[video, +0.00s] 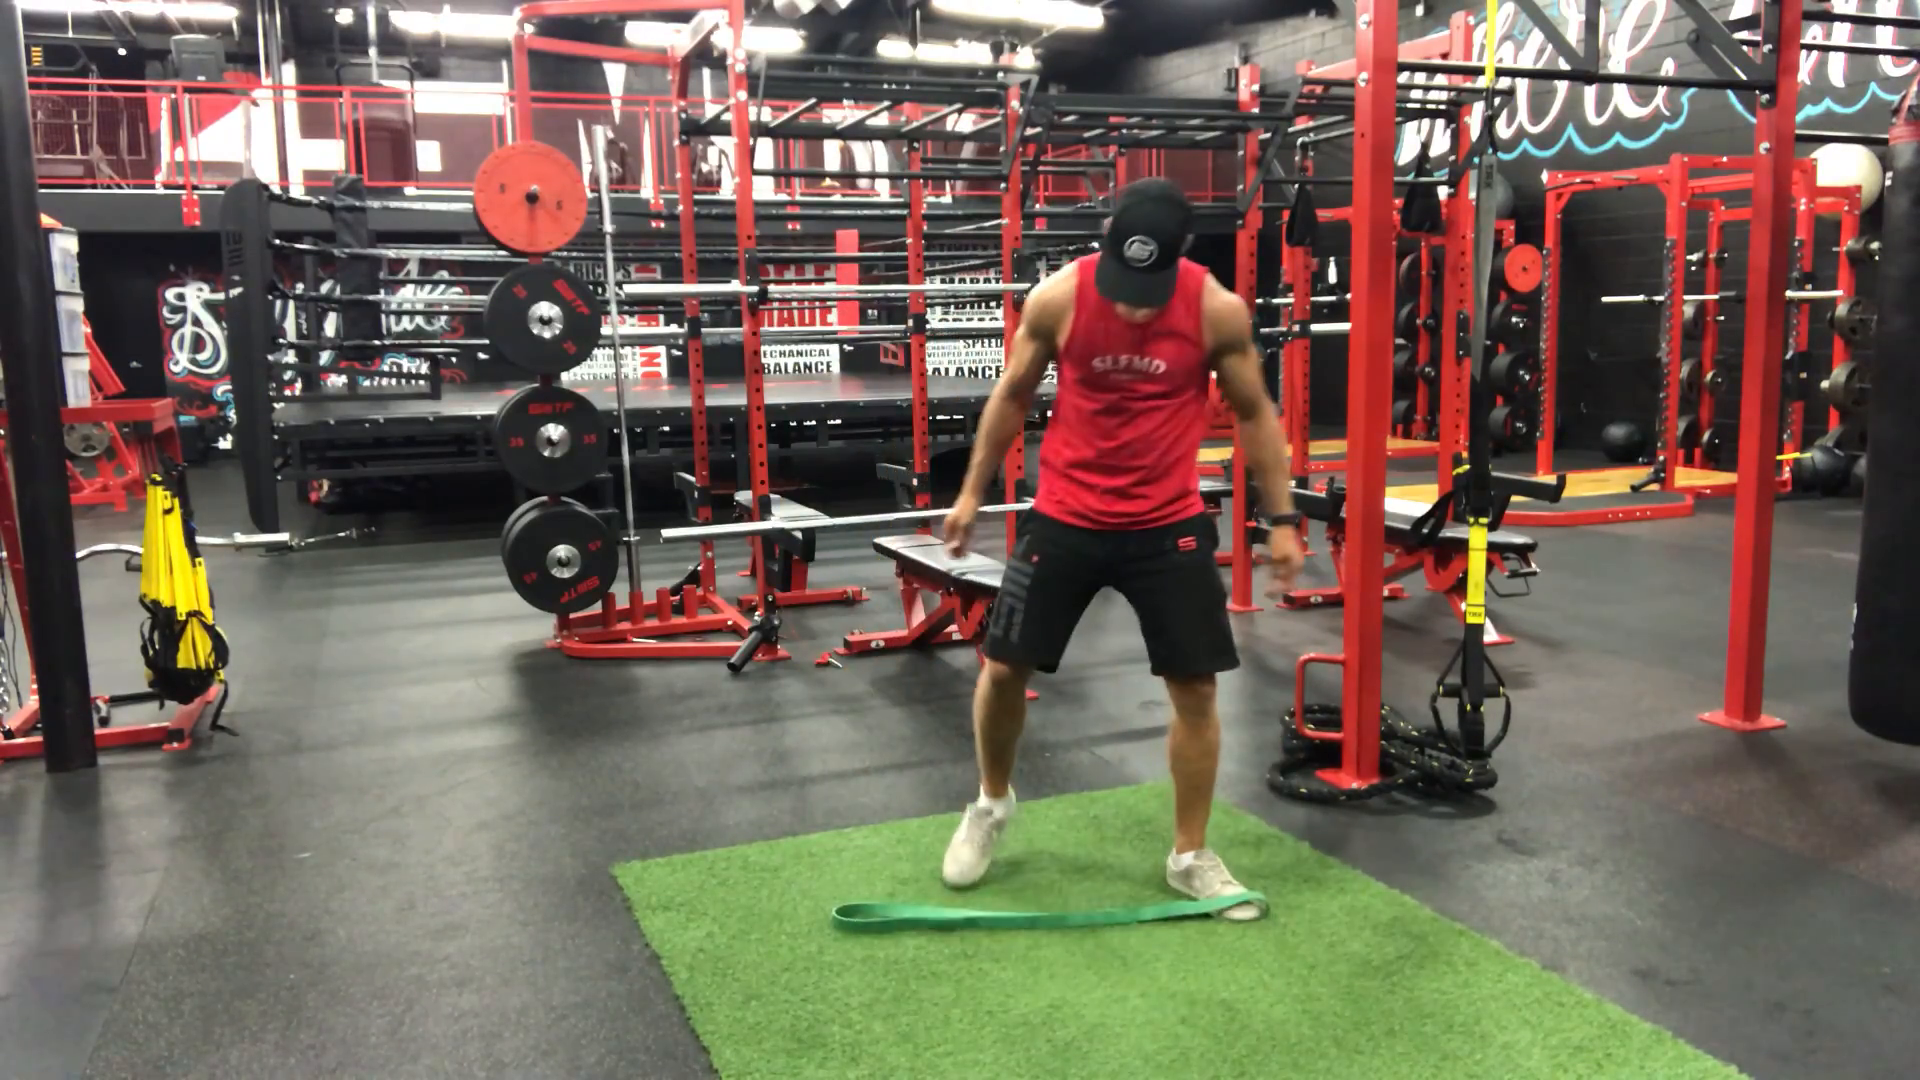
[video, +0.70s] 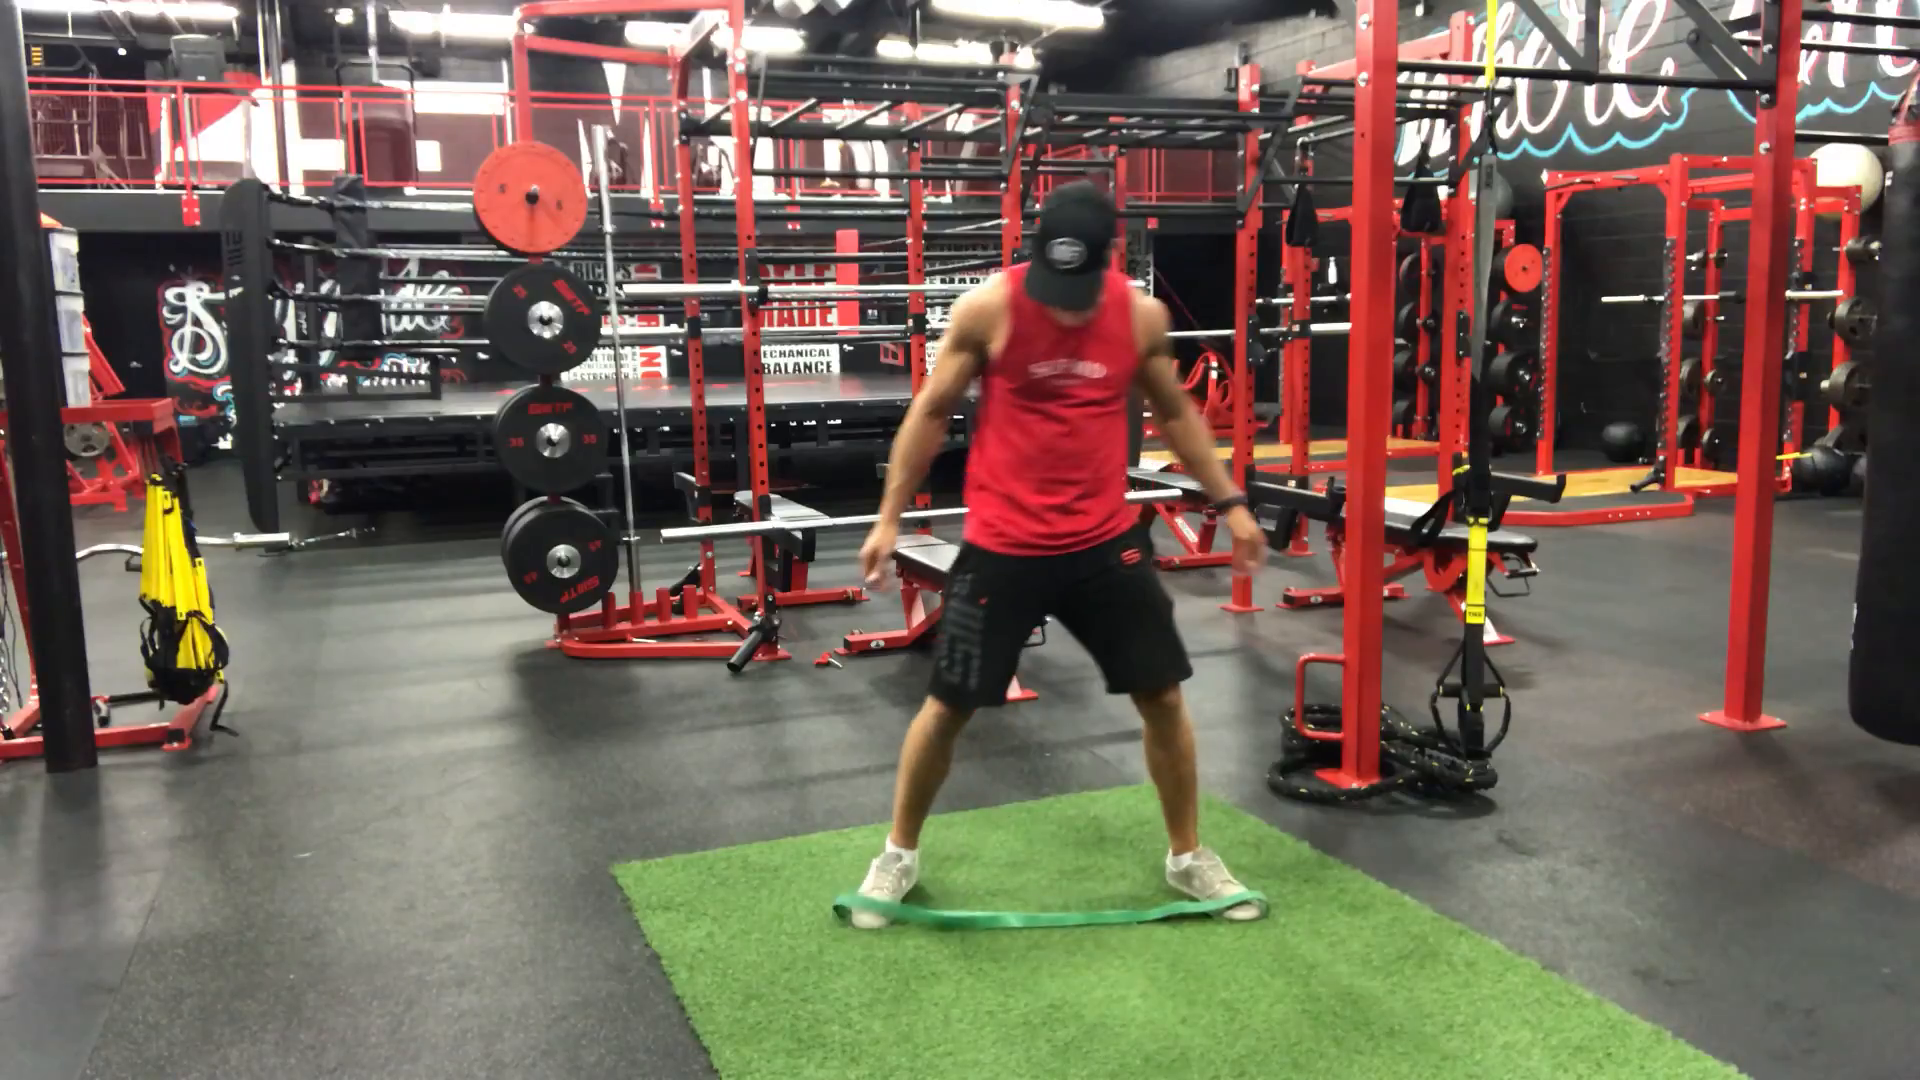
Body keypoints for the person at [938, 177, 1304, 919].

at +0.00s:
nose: (1136, 296)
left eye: (1151, 283)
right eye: (1124, 279)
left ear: (1180, 258)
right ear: (1105, 248)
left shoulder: (1218, 313)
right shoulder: (1057, 301)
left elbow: (1256, 413)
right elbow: (1011, 395)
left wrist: (1281, 519)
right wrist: (971, 493)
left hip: (1168, 527)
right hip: (1065, 522)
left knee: (1196, 687)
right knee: (1002, 670)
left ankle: (1191, 853)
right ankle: (990, 802)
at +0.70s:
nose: (1065, 297)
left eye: (1081, 283)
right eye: (1054, 280)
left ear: (1110, 259)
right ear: (1034, 252)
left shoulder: (1140, 315)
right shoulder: (986, 311)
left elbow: (1176, 412)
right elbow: (929, 413)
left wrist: (1232, 505)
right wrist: (887, 519)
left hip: (1105, 544)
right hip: (1002, 549)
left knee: (1164, 696)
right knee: (948, 705)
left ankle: (1187, 855)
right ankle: (897, 853)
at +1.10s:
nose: (1014, 311)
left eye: (1027, 295)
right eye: (1000, 297)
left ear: (1051, 266)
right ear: (976, 269)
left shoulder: (1097, 315)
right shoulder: (937, 325)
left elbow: (1150, 407)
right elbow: (887, 427)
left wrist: (1210, 494)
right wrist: (842, 528)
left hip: (1087, 544)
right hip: (980, 552)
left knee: (1150, 699)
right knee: (928, 713)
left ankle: (1198, 857)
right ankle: (898, 860)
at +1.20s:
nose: (1034, 308)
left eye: (1047, 293)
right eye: (1021, 294)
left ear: (1070, 268)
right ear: (997, 269)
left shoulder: (1117, 317)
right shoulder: (957, 324)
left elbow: (1173, 409)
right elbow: (905, 425)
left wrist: (1238, 497)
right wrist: (859, 525)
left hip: (1098, 546)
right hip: (989, 552)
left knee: (1157, 701)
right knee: (935, 710)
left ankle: (1199, 859)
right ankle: (898, 858)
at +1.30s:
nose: (1045, 310)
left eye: (1059, 295)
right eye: (1032, 296)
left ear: (1083, 268)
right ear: (1007, 268)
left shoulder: (1126, 315)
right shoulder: (965, 323)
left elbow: (1184, 406)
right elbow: (914, 424)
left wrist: (1250, 492)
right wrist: (869, 525)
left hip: (1104, 543)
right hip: (994, 546)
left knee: (1160, 700)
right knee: (934, 702)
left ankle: (1200, 859)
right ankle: (898, 850)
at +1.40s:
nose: (1040, 314)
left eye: (1053, 299)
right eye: (1027, 300)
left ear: (1077, 271)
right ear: (1002, 271)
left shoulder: (1120, 318)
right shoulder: (959, 325)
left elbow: (1183, 408)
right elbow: (911, 428)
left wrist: (1250, 491)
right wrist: (868, 531)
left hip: (1100, 547)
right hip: (989, 551)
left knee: (1159, 702)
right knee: (933, 708)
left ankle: (1201, 861)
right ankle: (892, 865)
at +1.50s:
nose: (1031, 317)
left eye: (1045, 301)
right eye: (1017, 302)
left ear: (1068, 273)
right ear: (992, 272)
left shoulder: (1109, 319)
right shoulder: (948, 326)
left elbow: (1169, 410)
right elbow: (901, 431)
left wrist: (1241, 492)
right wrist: (862, 537)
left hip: (1090, 547)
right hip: (980, 553)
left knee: (1159, 702)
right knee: (929, 711)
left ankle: (1201, 858)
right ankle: (890, 867)